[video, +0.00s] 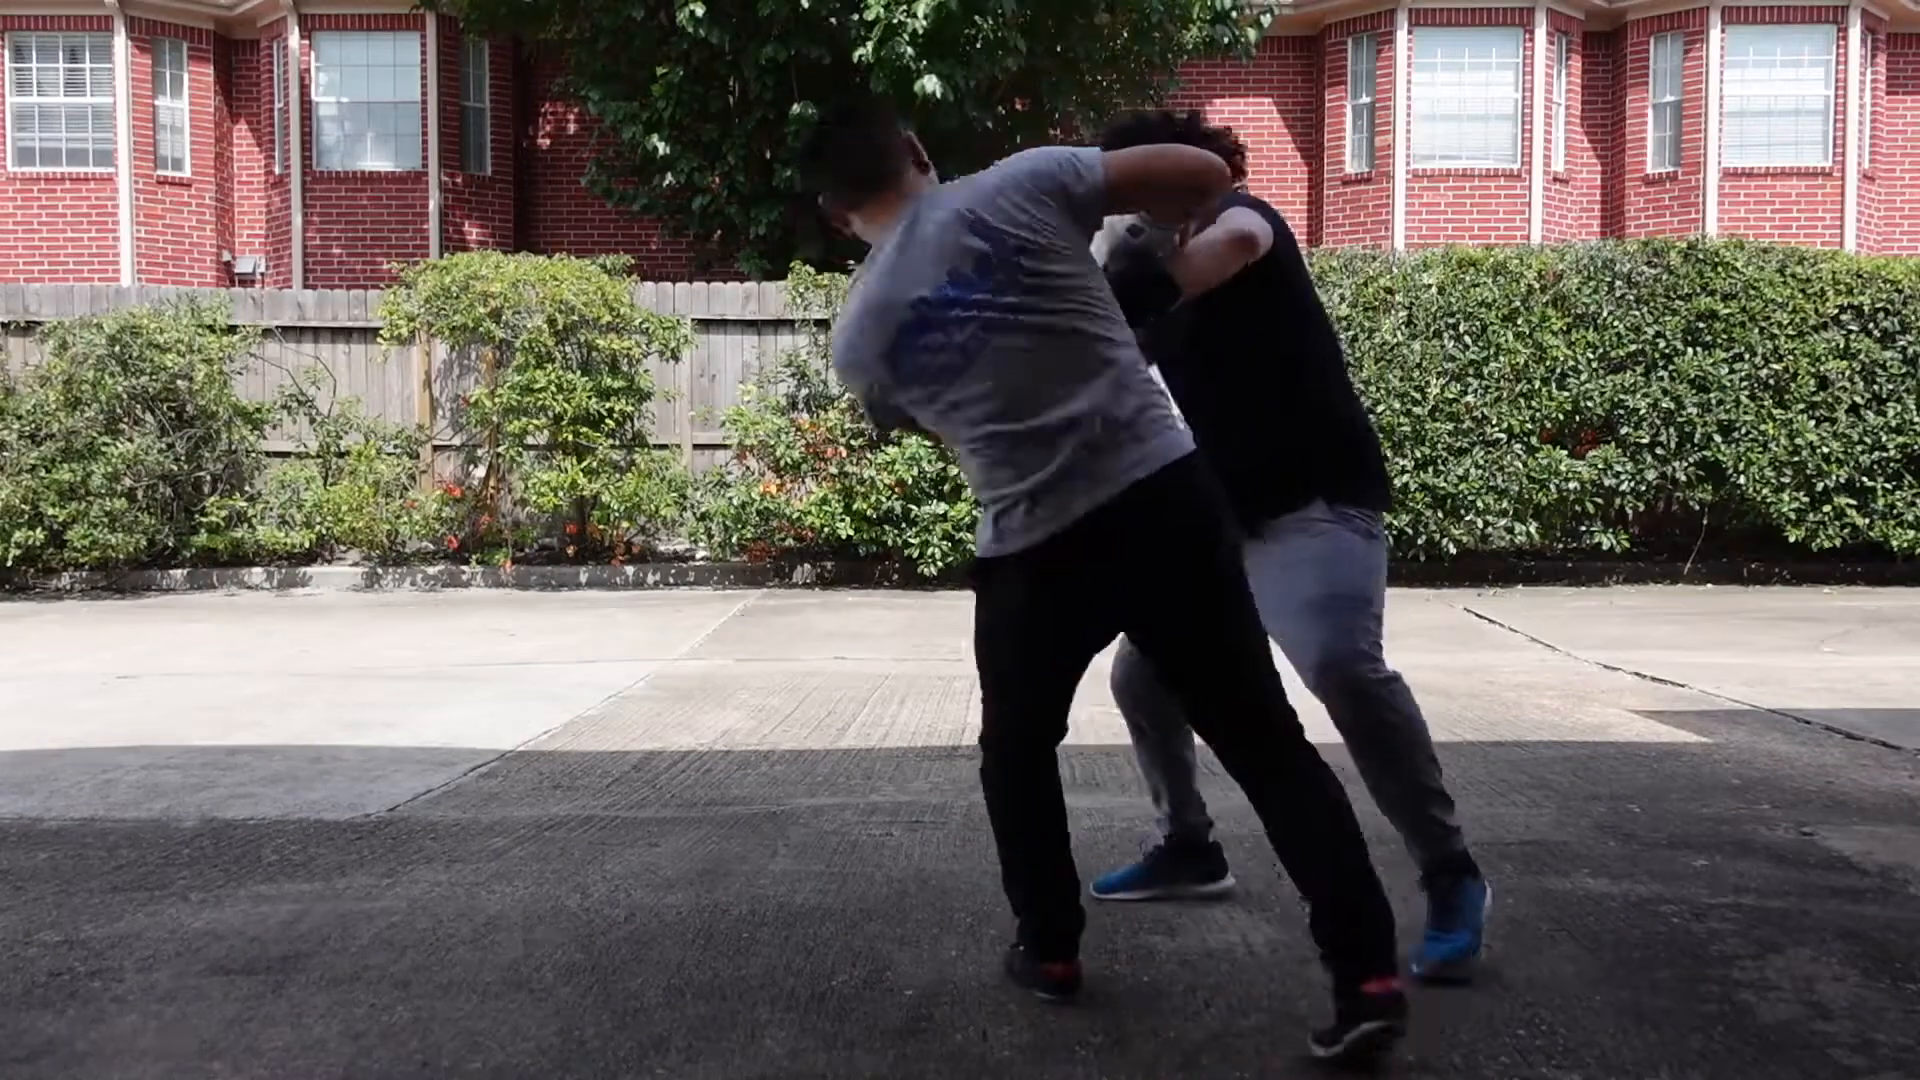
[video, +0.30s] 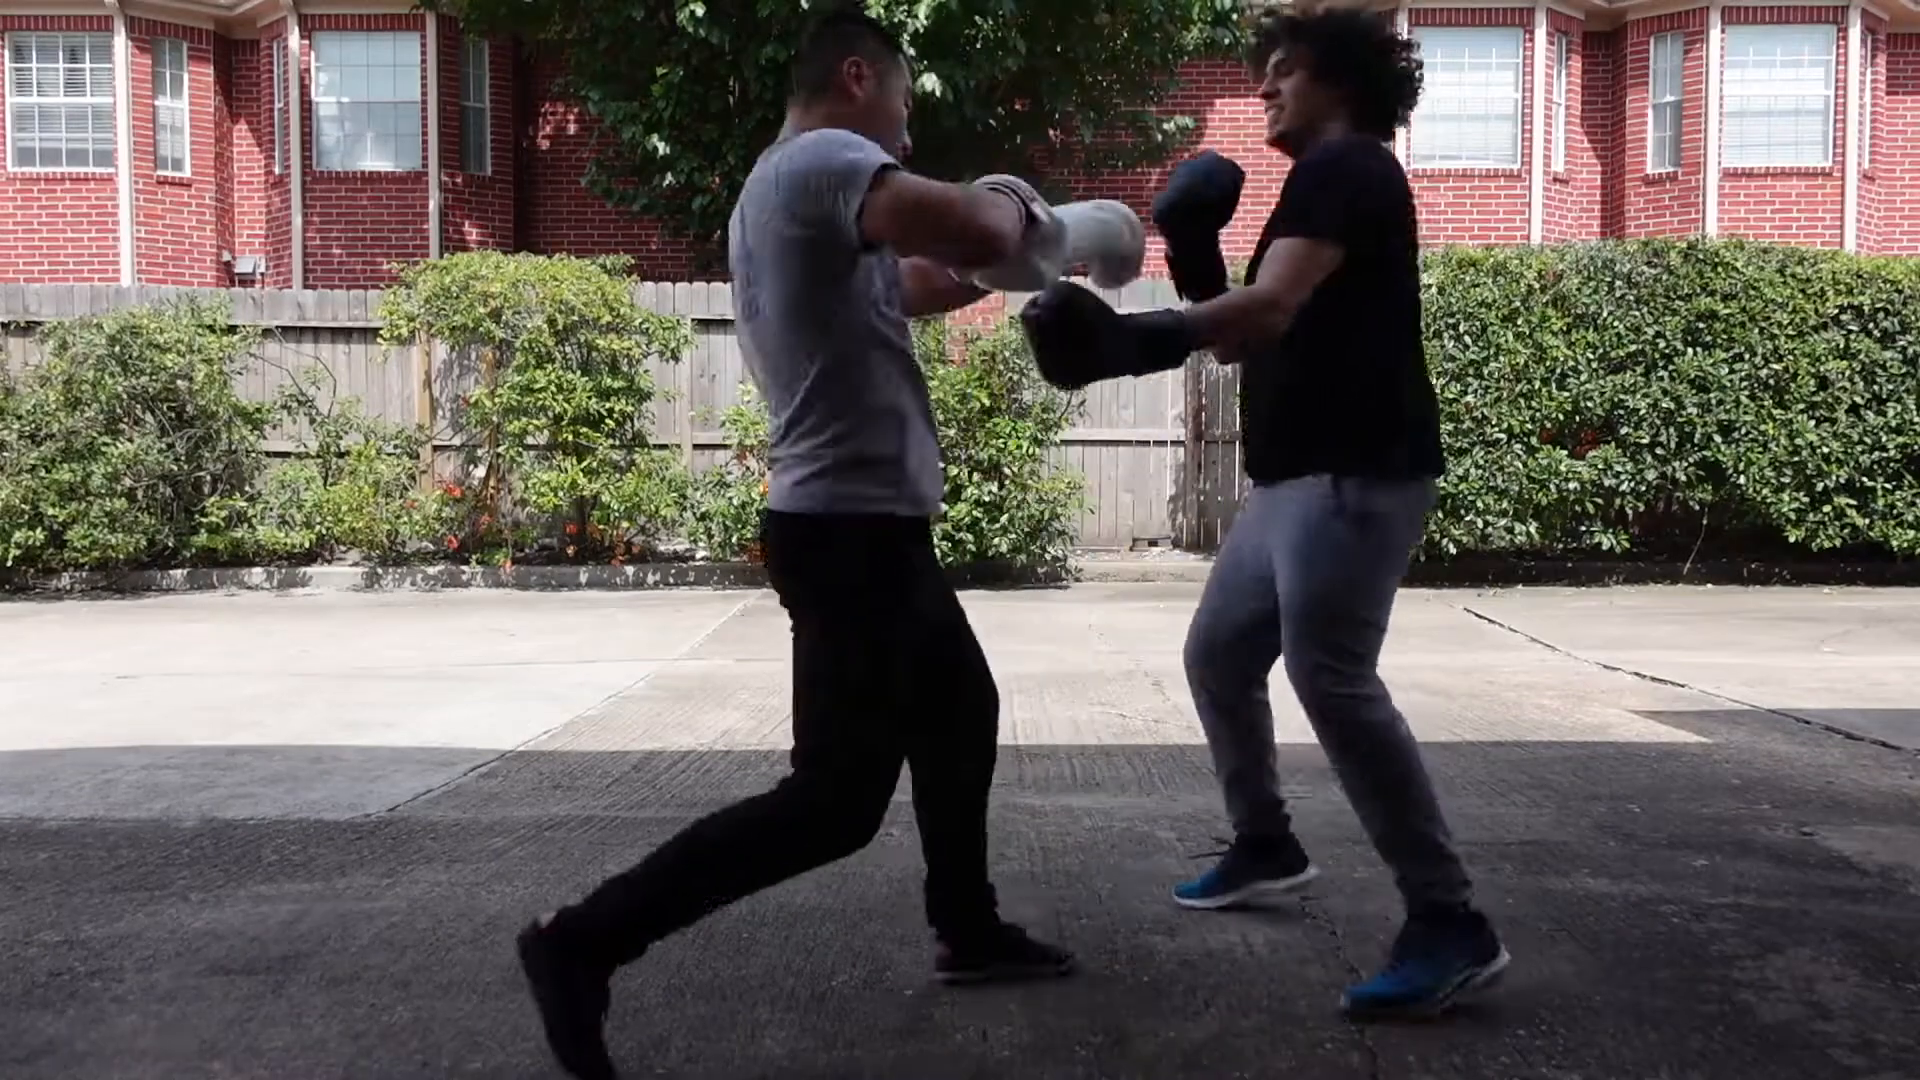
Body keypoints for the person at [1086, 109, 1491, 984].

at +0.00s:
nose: (1119, 207)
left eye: (1132, 190)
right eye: (1115, 193)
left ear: (1191, 178)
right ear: (1132, 199)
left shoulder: (1240, 216)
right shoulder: (1136, 265)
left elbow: (1226, 247)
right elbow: (1083, 336)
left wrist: (1118, 292)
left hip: (1314, 505)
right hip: (1216, 519)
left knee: (1339, 667)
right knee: (1139, 678)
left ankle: (1451, 878)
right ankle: (1187, 844)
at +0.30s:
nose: (1264, 96)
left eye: (1282, 76)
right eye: (1265, 81)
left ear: (1338, 81)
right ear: (1333, 90)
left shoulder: (1346, 168)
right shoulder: (1313, 184)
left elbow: (1266, 311)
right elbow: (1240, 339)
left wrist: (1125, 341)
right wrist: (1202, 250)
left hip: (1354, 483)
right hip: (1286, 484)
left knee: (1330, 673)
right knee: (1219, 657)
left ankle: (1449, 920)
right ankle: (1262, 840)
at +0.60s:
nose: (1330, 87)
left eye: (1348, 66)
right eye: (1331, 68)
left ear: (1407, 74)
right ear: (1406, 81)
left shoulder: (1433, 177)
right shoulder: (1414, 174)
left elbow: (1335, 306)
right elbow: (1344, 307)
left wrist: (1217, 229)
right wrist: (1292, 233)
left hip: (1466, 488)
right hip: (1428, 477)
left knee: (1409, 690)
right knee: (1365, 638)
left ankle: (1468, 947)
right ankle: (1465, 841)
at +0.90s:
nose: (1387, 138)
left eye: (1402, 118)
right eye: (1383, 121)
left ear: (1462, 125)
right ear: (1452, 130)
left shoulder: (1489, 216)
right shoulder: (1472, 223)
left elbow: (1469, 336)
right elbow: (1405, 359)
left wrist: (1361, 253)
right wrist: (1341, 278)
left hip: (1531, 514)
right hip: (1554, 510)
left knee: (1458, 694)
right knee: (1548, 692)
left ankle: (1471, 941)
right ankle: (1654, 873)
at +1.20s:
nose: (1370, 137)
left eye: (1383, 117)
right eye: (1364, 122)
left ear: (1441, 115)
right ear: (1384, 127)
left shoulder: (1495, 203)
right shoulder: (1416, 219)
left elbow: (1440, 295)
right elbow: (1343, 327)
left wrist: (1350, 197)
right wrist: (1313, 253)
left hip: (1531, 501)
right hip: (1489, 501)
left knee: (1470, 685)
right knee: (1499, 686)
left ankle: (1536, 920)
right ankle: (1620, 842)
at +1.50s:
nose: (1298, 142)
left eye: (1314, 123)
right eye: (1294, 127)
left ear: (1372, 124)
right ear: (1304, 137)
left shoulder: (1421, 207)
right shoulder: (1316, 229)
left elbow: (1383, 285)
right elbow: (1240, 328)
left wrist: (1296, 186)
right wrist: (1221, 237)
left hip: (1426, 498)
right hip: (1342, 499)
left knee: (1440, 690)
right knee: (1287, 664)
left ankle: (1532, 912)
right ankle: (1274, 820)